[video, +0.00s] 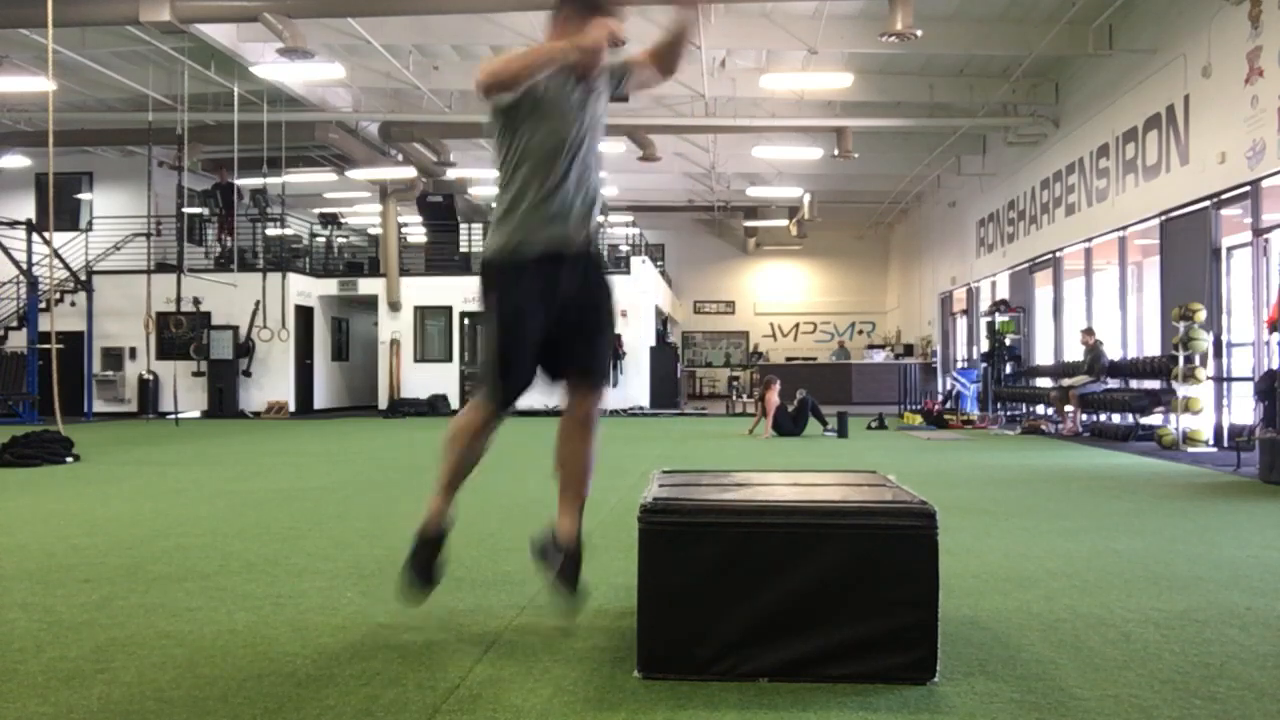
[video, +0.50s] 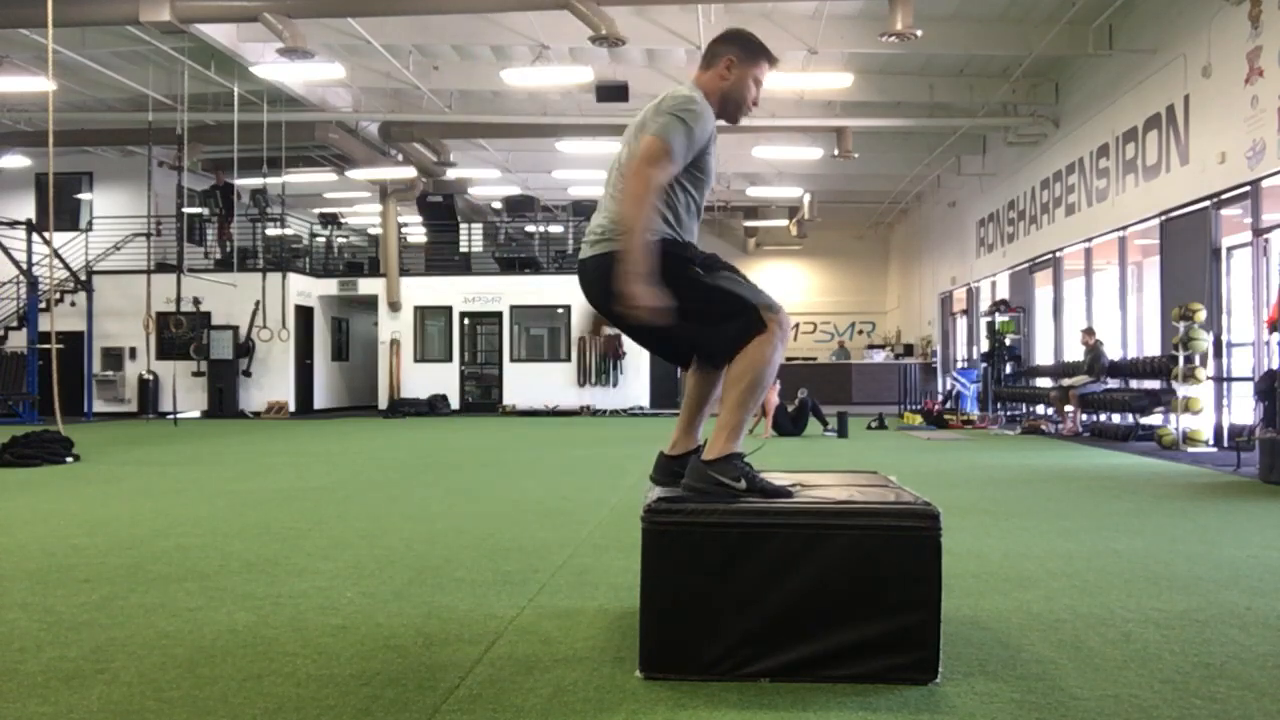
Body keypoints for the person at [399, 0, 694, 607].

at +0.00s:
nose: (611, 36)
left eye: (613, 28)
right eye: (604, 24)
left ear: (601, 33)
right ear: (568, 21)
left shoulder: (600, 72)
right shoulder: (524, 66)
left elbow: (658, 64)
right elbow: (489, 81)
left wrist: (686, 20)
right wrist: (572, 49)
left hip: (580, 255)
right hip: (517, 255)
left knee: (586, 396)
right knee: (496, 395)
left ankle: (567, 537)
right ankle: (436, 516)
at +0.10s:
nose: (656, 22)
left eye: (659, 13)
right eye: (651, 10)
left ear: (640, 11)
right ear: (618, 3)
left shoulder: (628, 57)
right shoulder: (564, 28)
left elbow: (673, 84)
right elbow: (502, 62)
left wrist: (750, 76)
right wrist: (570, 109)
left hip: (583, 210)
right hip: (529, 209)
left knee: (642, 320)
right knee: (574, 334)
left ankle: (576, 439)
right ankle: (500, 428)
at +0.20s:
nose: (701, 30)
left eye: (706, 20)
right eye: (698, 15)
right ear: (666, 4)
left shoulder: (659, 66)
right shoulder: (612, 32)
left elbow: (672, 131)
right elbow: (539, 81)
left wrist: (715, 168)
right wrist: (530, 172)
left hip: (591, 192)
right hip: (552, 185)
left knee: (682, 262)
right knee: (662, 259)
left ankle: (613, 390)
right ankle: (597, 391)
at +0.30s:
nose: (737, 53)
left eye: (741, 43)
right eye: (734, 38)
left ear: (703, 23)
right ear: (702, 21)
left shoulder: (671, 80)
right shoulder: (647, 55)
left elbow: (643, 162)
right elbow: (569, 109)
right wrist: (527, 196)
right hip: (585, 192)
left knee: (698, 270)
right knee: (700, 265)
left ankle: (683, 410)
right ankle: (680, 410)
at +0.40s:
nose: (754, 82)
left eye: (759, 72)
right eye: (753, 67)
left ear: (722, 54)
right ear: (722, 50)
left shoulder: (688, 98)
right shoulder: (677, 86)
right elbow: (605, 139)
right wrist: (567, 229)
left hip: (618, 237)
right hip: (627, 231)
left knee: (704, 329)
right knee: (742, 316)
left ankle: (676, 455)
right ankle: (714, 460)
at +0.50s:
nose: (758, 99)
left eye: (761, 87)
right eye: (757, 82)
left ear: (718, 71)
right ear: (726, 68)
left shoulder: (662, 110)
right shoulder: (691, 107)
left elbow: (621, 204)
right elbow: (642, 174)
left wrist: (606, 306)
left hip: (604, 261)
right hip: (642, 252)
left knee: (715, 339)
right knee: (770, 324)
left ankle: (680, 455)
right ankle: (721, 459)